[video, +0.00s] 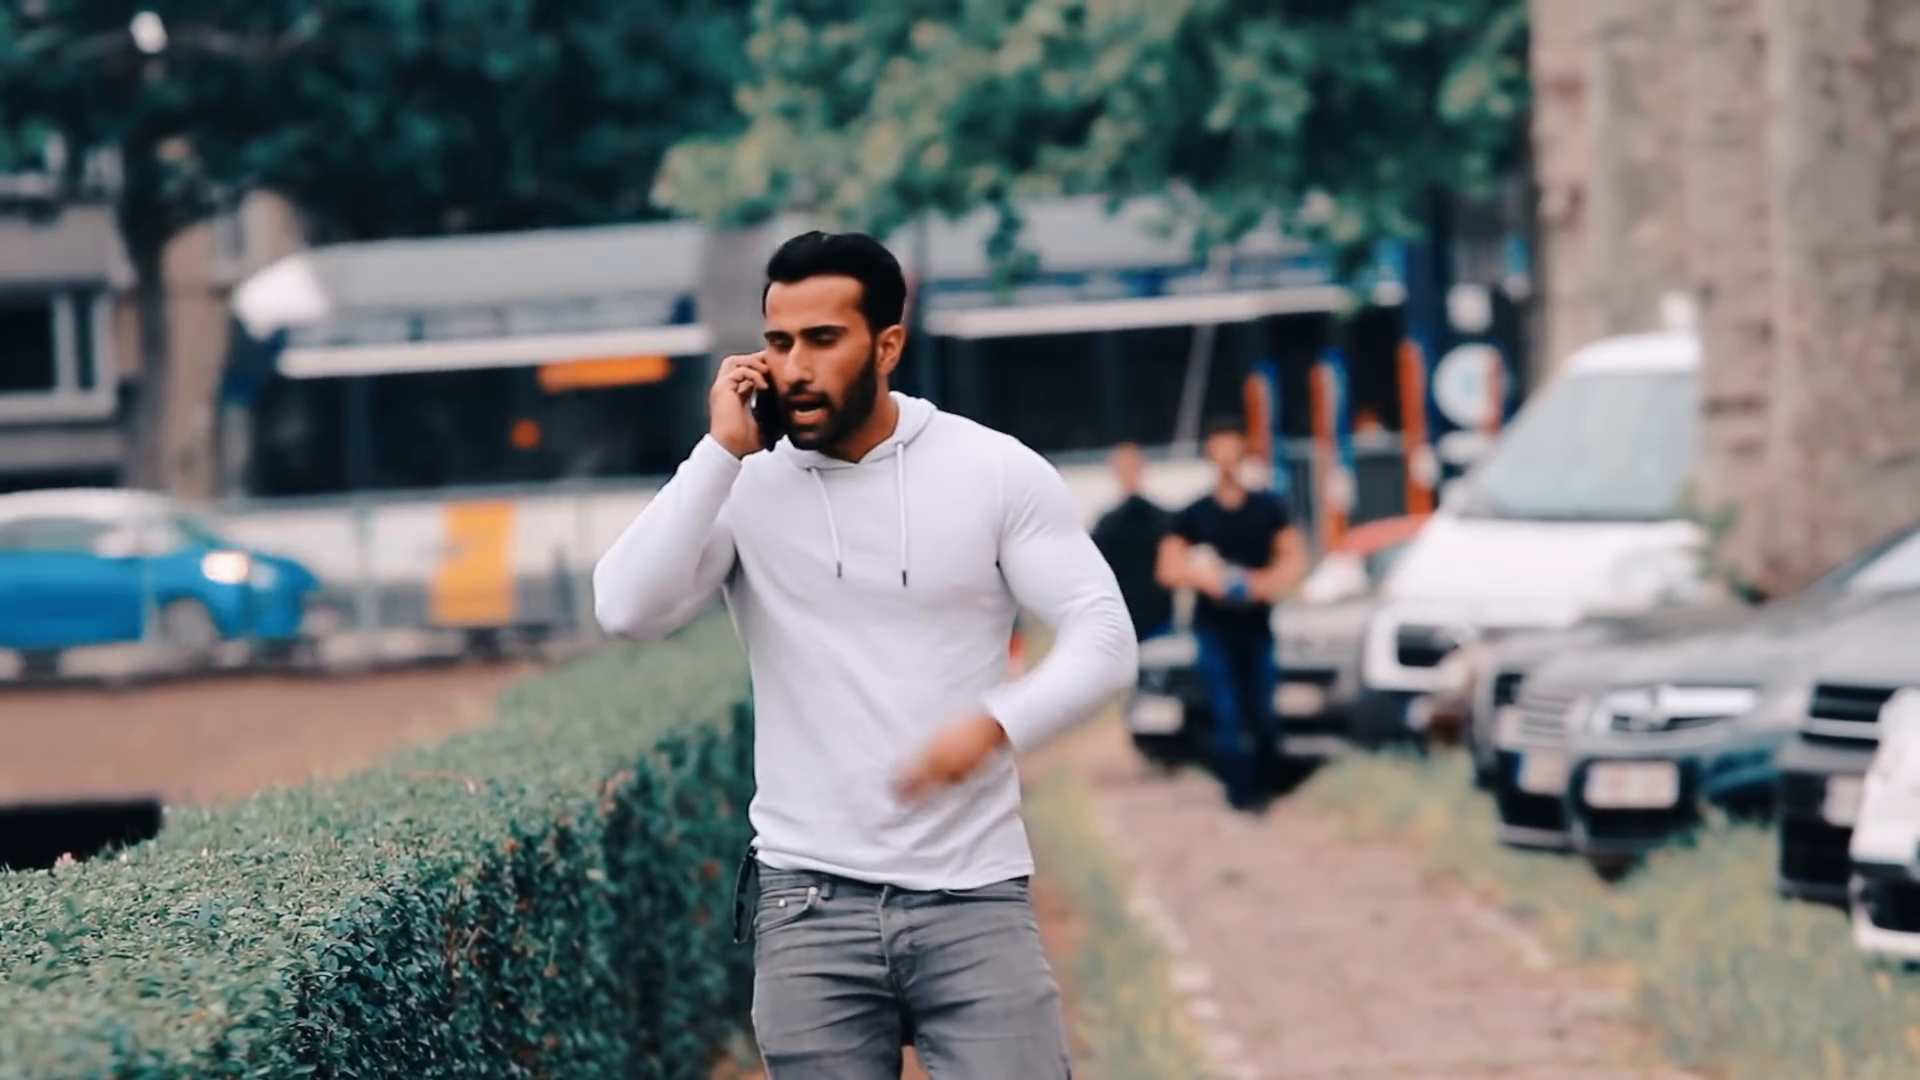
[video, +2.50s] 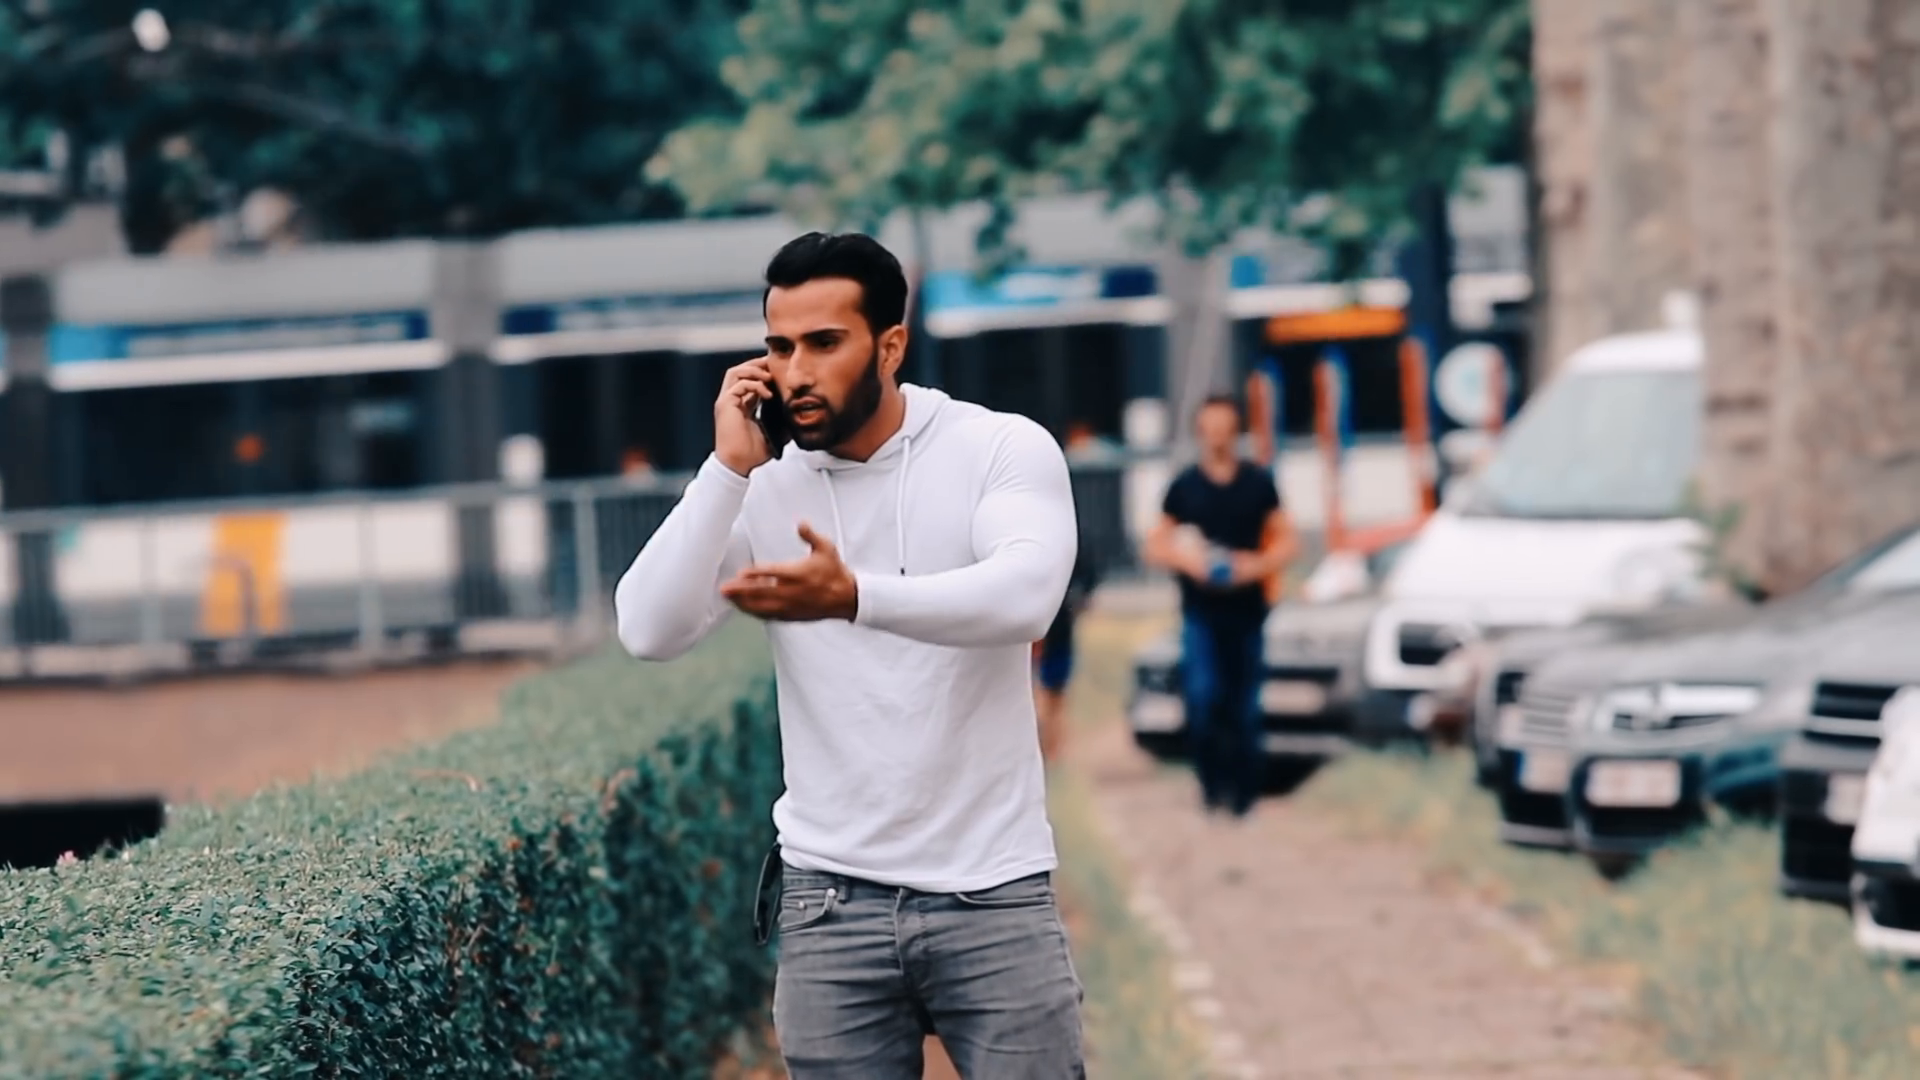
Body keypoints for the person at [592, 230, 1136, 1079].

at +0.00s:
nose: (792, 369)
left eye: (822, 339)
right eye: (777, 342)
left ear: (888, 346)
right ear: (760, 351)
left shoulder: (996, 472)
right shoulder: (741, 487)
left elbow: (1106, 643)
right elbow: (623, 608)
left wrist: (994, 724)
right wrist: (722, 452)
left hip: (975, 900)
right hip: (808, 904)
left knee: (1024, 1065)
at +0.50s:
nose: (812, 369)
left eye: (841, 340)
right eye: (797, 342)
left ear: (906, 347)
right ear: (781, 346)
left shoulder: (1015, 457)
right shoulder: (762, 486)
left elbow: (1059, 616)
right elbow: (641, 615)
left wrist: (915, 504)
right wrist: (736, 459)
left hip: (989, 899)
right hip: (821, 902)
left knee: (1032, 1065)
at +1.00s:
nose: (799, 385)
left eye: (827, 358)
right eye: (787, 358)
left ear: (895, 356)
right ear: (769, 358)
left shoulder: (1009, 453)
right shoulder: (765, 489)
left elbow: (1021, 606)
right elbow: (650, 637)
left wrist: (848, 595)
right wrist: (733, 476)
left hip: (997, 896)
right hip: (829, 902)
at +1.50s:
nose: (798, 378)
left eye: (825, 349)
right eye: (784, 353)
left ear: (892, 349)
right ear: (767, 358)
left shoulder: (1009, 452)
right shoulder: (760, 491)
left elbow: (1029, 602)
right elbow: (649, 634)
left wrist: (861, 601)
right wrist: (732, 472)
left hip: (997, 894)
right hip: (827, 901)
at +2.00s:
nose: (801, 372)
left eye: (830, 342)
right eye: (787, 347)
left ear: (896, 346)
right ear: (771, 354)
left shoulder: (1012, 448)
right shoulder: (765, 485)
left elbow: (1037, 595)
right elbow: (651, 627)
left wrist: (867, 540)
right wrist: (733, 467)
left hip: (1000, 892)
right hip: (830, 899)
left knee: (1044, 1064)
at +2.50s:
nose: (794, 373)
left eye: (822, 343)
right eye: (780, 348)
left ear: (890, 346)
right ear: (764, 355)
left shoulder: (1007, 450)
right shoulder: (760, 490)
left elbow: (1023, 599)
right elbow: (648, 630)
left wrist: (853, 596)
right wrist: (727, 467)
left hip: (996, 895)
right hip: (827, 901)